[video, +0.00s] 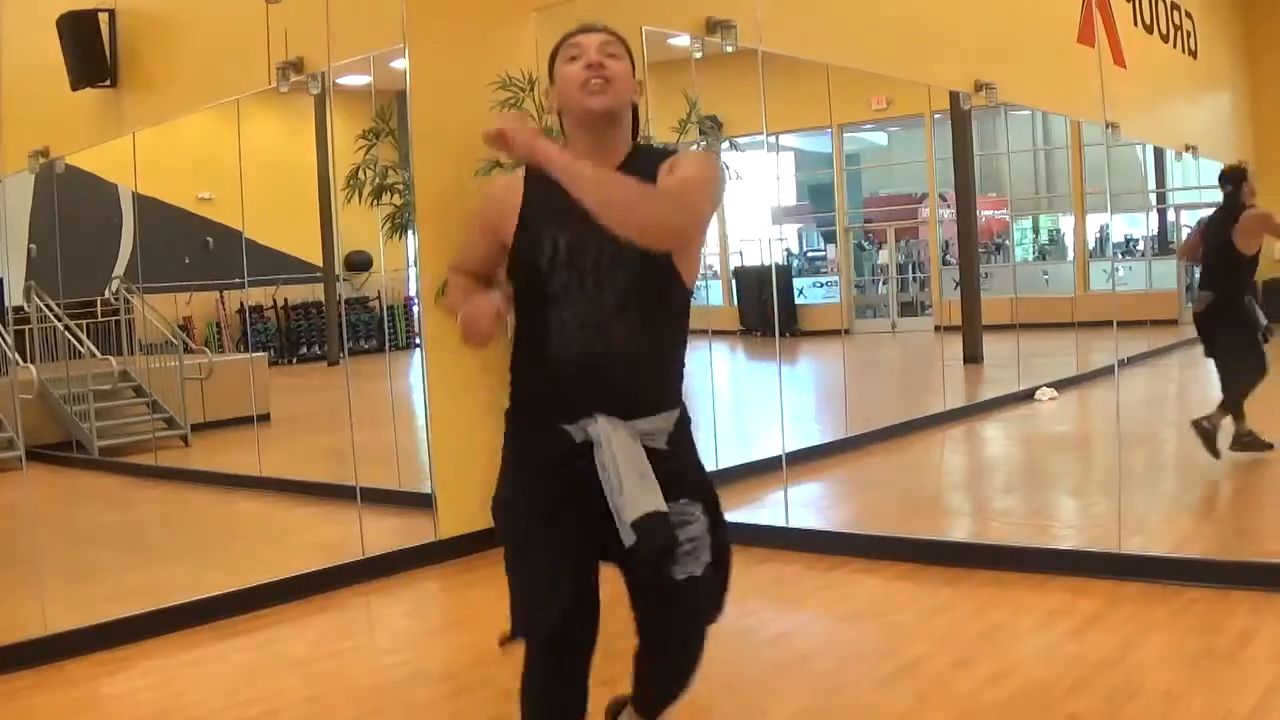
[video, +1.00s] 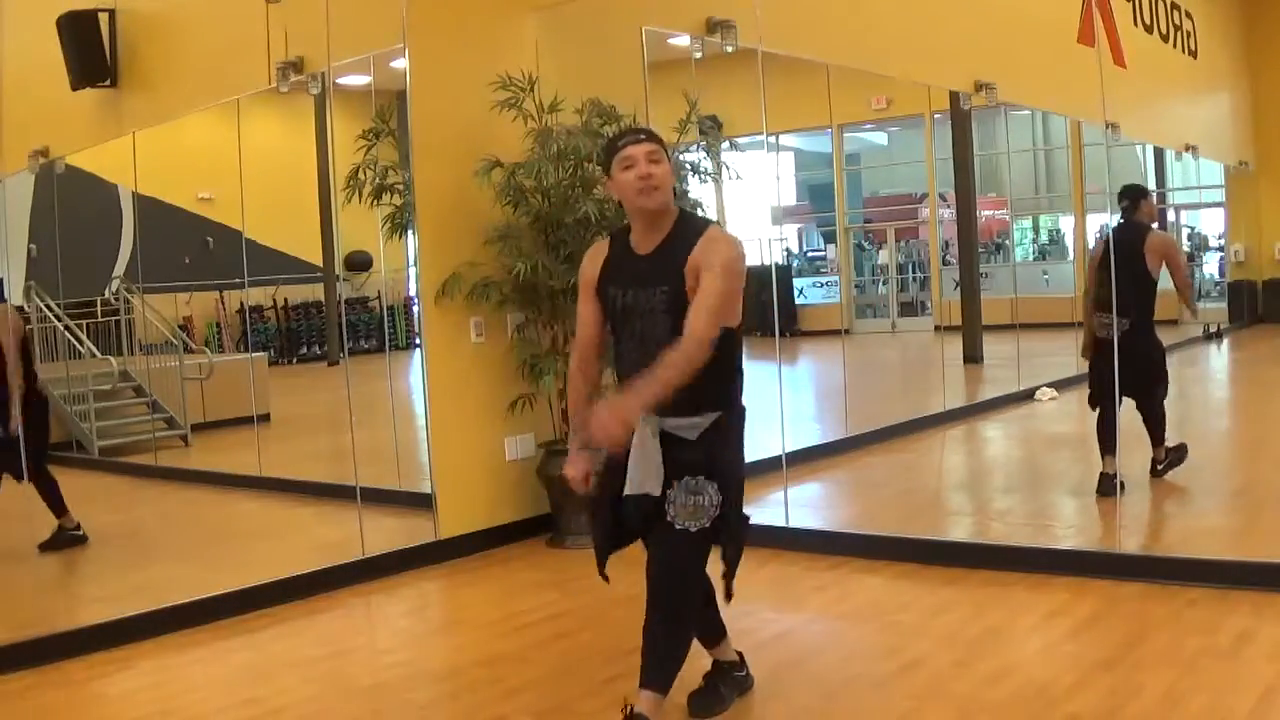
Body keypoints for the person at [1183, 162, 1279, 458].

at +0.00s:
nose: (1254, 188)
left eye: (1252, 183)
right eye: (1251, 184)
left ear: (1224, 189)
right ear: (1244, 188)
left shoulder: (1209, 220)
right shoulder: (1256, 218)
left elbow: (1185, 253)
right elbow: (1279, 230)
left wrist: (1211, 253)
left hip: (1205, 308)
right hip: (1233, 306)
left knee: (1230, 369)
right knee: (1256, 368)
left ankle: (1242, 431)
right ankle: (1212, 421)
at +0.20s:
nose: (1230, 206)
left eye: (1228, 201)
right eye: (1227, 201)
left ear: (1201, 207)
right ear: (1219, 205)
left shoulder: (1186, 239)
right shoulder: (1233, 240)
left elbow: (1172, 280)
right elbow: (1256, 274)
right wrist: (1261, 304)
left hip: (1177, 324)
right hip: (1209, 327)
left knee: (1172, 384)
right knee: (1208, 394)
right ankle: (1175, 452)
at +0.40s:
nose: (1216, 203)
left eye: (1213, 198)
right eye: (1211, 198)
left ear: (1187, 205)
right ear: (1201, 204)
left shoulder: (1172, 235)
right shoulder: (1215, 240)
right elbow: (1212, 272)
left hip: (1154, 324)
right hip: (1186, 327)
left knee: (1131, 380)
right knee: (1201, 386)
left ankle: (1103, 443)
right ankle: (1171, 455)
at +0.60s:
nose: (1202, 198)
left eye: (1200, 192)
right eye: (1199, 192)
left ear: (1173, 196)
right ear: (1188, 195)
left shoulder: (1151, 227)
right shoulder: (1200, 228)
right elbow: (1176, 235)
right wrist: (1159, 236)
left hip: (1134, 321)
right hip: (1168, 324)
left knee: (1129, 382)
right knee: (1180, 385)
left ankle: (1106, 438)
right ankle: (1170, 456)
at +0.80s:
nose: (1177, 206)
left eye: (1175, 200)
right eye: (1174, 200)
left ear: (1145, 205)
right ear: (1164, 203)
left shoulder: (1124, 239)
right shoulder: (1174, 243)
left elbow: (1122, 285)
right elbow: (1180, 287)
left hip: (1125, 331)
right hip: (1159, 330)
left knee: (1120, 396)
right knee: (1167, 395)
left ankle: (1108, 464)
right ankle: (1170, 456)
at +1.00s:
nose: (1155, 207)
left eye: (1153, 201)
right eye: (1152, 202)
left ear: (1124, 208)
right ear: (1142, 206)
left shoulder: (1104, 242)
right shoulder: (1161, 241)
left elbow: (1091, 294)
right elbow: (1184, 287)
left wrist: (1088, 335)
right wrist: (1189, 304)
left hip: (1104, 337)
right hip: (1139, 336)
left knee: (1107, 405)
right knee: (1150, 397)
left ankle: (1108, 474)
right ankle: (1160, 456)